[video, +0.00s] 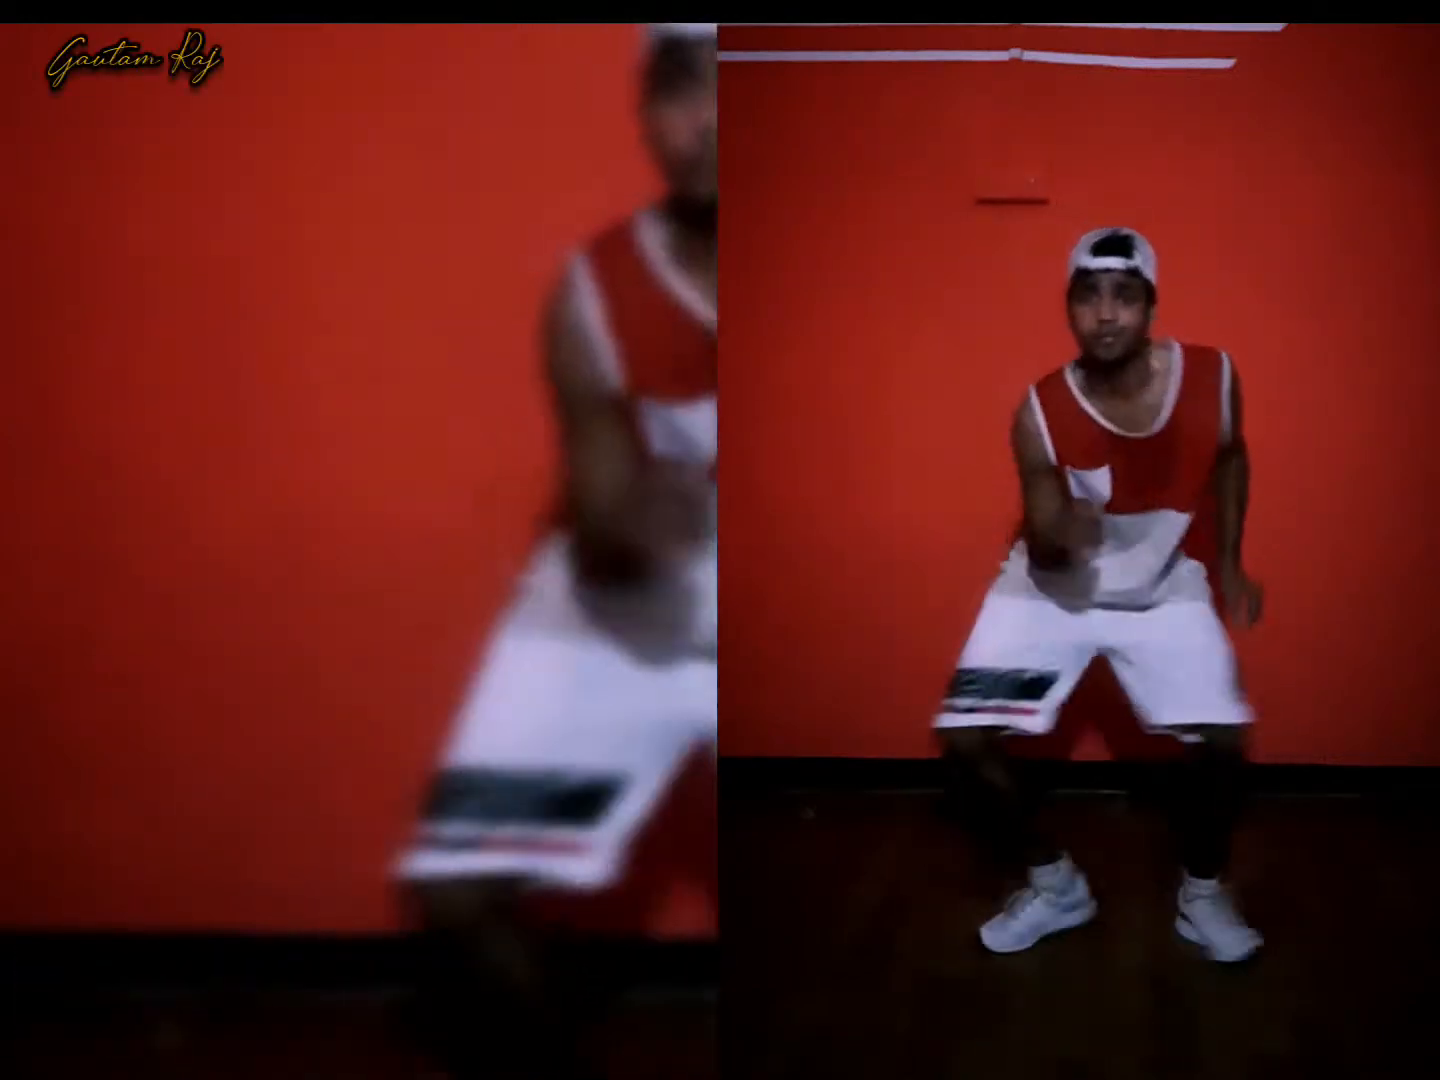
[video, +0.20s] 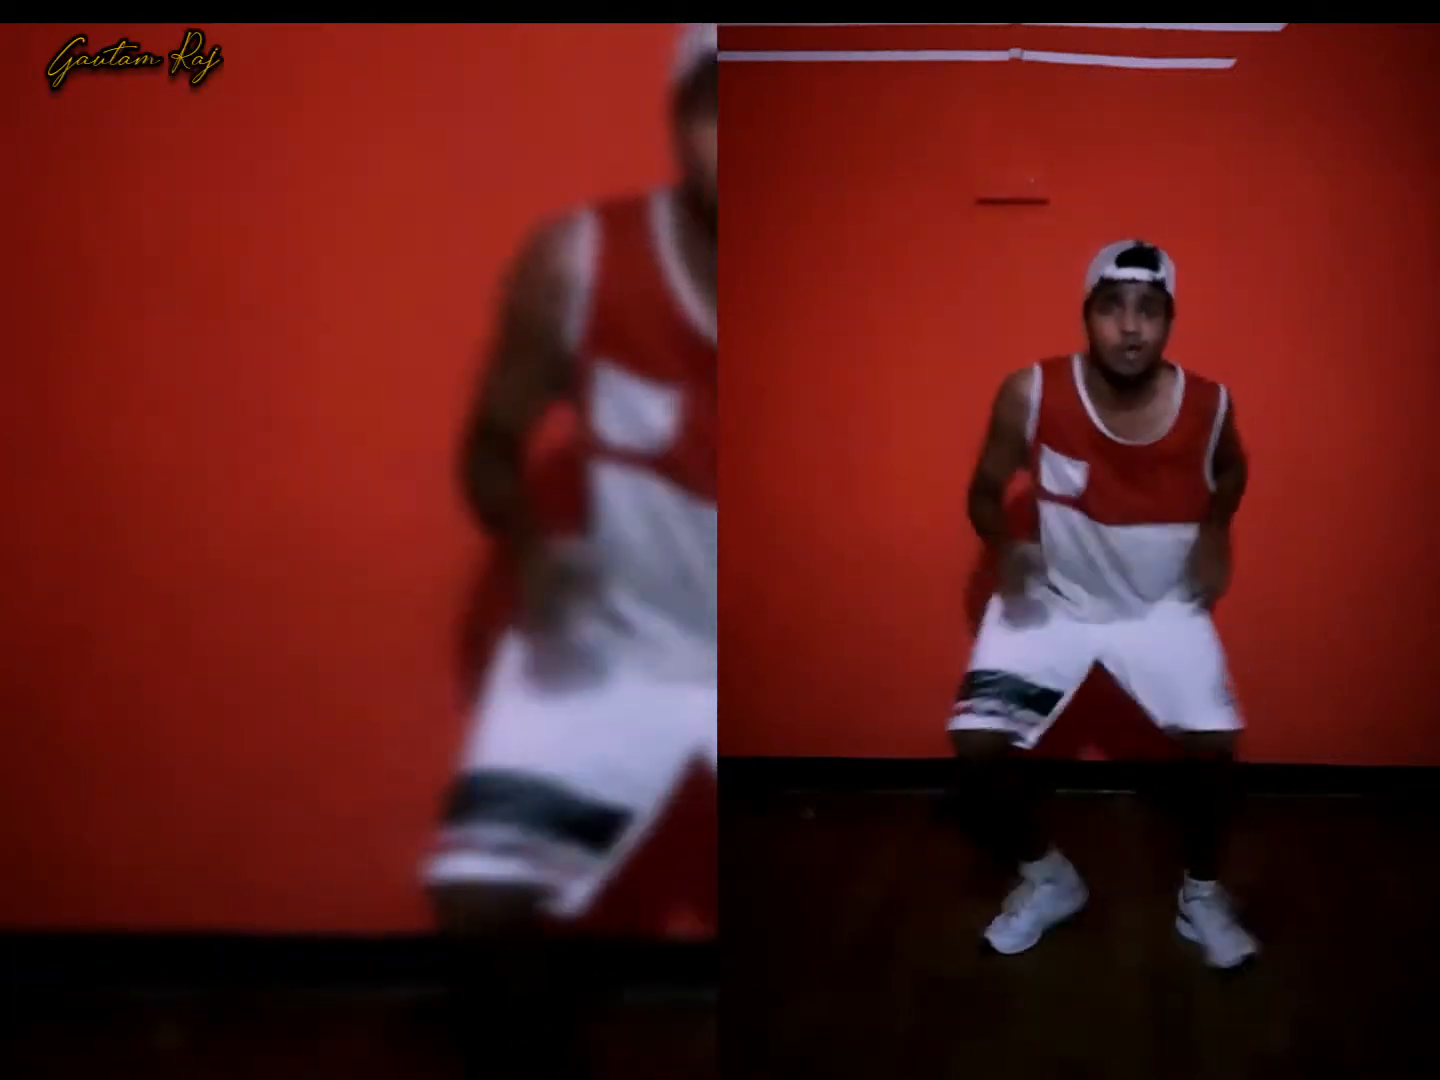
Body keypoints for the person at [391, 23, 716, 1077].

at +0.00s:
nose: (703, 136)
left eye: (722, 107)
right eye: (680, 107)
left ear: (761, 122)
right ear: (649, 122)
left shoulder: (823, 268)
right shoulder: (605, 286)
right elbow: (607, 540)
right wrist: (647, 518)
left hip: (772, 597)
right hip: (625, 595)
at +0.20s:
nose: (736, 142)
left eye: (755, 116)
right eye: (716, 114)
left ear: (791, 134)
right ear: (680, 126)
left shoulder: (826, 277)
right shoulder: (587, 256)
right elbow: (491, 447)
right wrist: (532, 546)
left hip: (763, 666)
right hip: (608, 653)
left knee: (794, 950)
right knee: (485, 900)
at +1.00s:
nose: (564, 186)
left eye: (599, 155)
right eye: (536, 153)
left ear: (647, 173)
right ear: (498, 170)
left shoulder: (720, 323)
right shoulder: (466, 280)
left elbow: (788, 491)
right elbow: (459, 438)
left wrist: (727, 599)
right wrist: (469, 524)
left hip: (697, 653)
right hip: (541, 647)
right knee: (405, 912)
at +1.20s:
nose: (498, 119)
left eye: (531, 85)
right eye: (469, 86)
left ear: (581, 104)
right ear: (438, 111)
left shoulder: (705, 242)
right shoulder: (402, 283)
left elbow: (793, 392)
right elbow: (328, 439)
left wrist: (747, 520)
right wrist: (435, 523)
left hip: (699, 626)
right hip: (515, 629)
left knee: (789, 902)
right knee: (474, 918)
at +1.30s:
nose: (427, 39)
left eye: (451, 17)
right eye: (408, 25)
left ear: (518, 16)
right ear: (391, 43)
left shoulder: (648, 98)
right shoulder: (376, 227)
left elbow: (712, 287)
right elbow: (367, 473)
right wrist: (478, 467)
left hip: (683, 584)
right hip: (503, 610)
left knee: (768, 860)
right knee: (491, 919)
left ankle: (609, 1016)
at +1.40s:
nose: (412, 46)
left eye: (436, 22)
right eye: (389, 27)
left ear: (493, 25)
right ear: (367, 45)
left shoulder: (587, 122)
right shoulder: (362, 223)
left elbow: (632, 311)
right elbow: (448, 483)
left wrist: (693, 411)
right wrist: (503, 341)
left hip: (651, 594)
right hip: (494, 607)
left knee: (618, 936)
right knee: (484, 940)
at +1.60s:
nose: (519, 68)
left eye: (551, 42)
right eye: (496, 39)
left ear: (596, 58)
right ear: (463, 50)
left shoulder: (631, 194)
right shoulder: (387, 184)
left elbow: (630, 391)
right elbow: (349, 439)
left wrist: (740, 431)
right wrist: (426, 405)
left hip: (575, 625)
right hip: (422, 608)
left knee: (512, 965)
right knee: (406, 940)